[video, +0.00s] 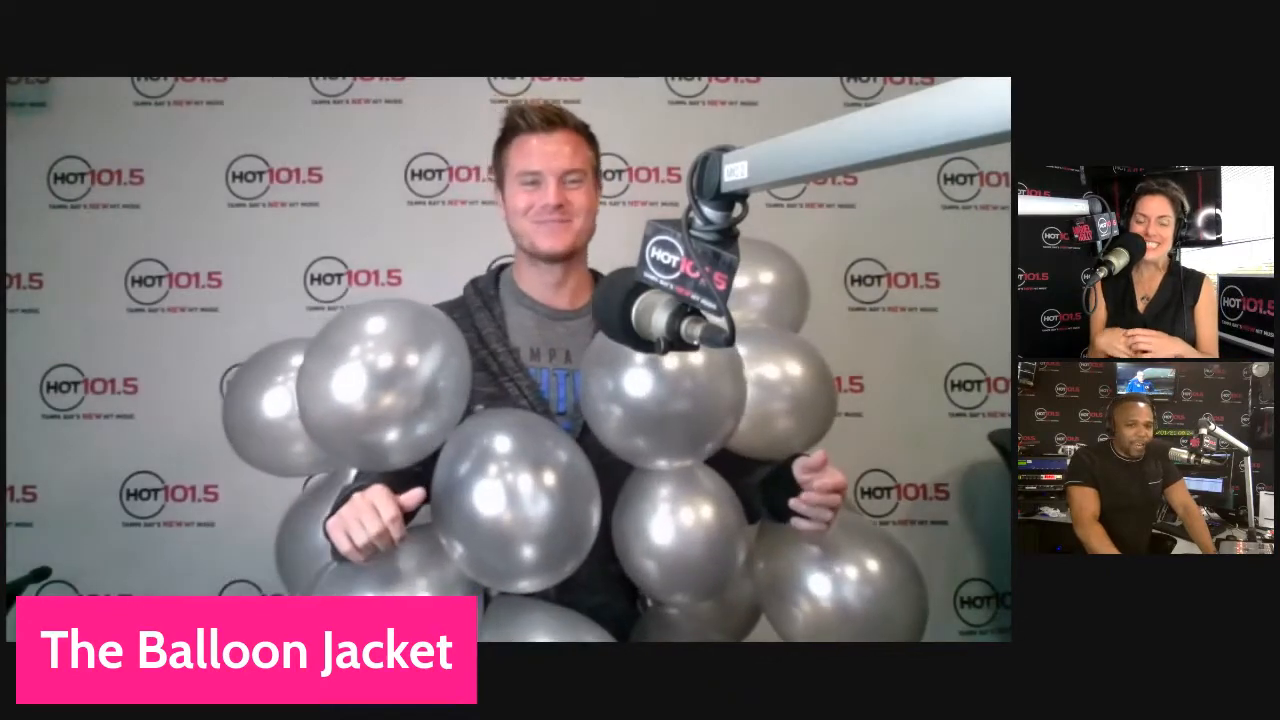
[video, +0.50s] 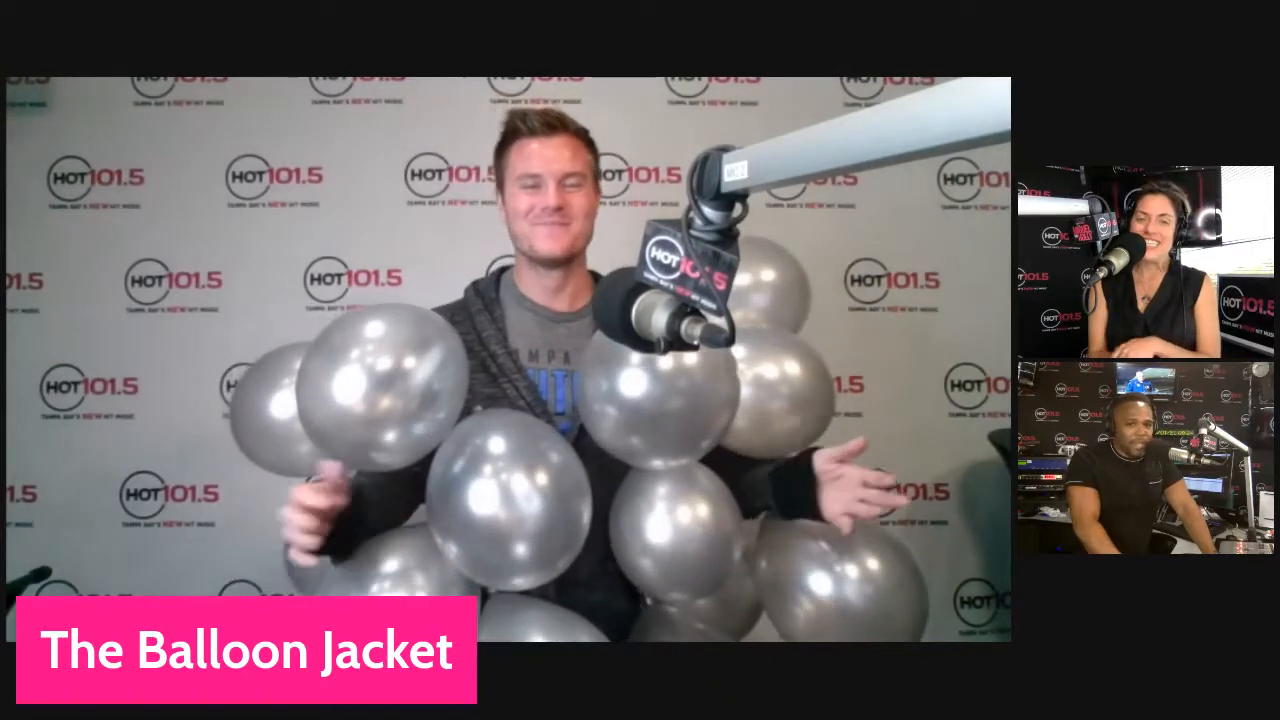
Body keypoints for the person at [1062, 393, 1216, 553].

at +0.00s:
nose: (1142, 433)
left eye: (1148, 425)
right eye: (1131, 425)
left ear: (1154, 428)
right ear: (1112, 427)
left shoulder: (1157, 458)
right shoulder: (1087, 460)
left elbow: (1186, 508)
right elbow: (1086, 524)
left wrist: (1211, 552)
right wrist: (1118, 560)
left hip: (1144, 556)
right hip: (1100, 556)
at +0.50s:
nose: (1141, 432)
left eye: (1147, 424)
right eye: (1131, 424)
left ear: (1153, 428)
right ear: (1112, 427)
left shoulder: (1158, 458)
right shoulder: (1087, 460)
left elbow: (1187, 508)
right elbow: (1086, 524)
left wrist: (1211, 552)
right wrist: (1118, 561)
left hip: (1143, 557)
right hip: (1098, 557)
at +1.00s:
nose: (1141, 435)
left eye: (1148, 428)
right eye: (1131, 427)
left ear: (1156, 431)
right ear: (1115, 428)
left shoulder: (1159, 459)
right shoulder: (1091, 459)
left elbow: (1188, 508)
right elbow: (1086, 523)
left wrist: (1211, 551)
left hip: (1142, 555)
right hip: (1097, 555)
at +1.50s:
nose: (1137, 428)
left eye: (1144, 421)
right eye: (1127, 421)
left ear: (1153, 427)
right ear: (1113, 426)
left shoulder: (1159, 459)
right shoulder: (1091, 460)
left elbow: (1188, 509)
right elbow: (1087, 524)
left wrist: (1212, 553)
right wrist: (1121, 565)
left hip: (1143, 557)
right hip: (1099, 557)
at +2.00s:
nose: (1134, 429)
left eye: (1142, 422)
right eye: (1125, 422)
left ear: (1151, 428)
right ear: (1111, 427)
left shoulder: (1158, 458)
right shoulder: (1088, 461)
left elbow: (1188, 509)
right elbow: (1086, 525)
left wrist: (1211, 553)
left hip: (1143, 556)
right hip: (1100, 557)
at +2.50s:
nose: (1137, 431)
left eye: (1144, 424)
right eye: (1127, 423)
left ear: (1153, 429)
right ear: (1111, 427)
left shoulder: (1158, 458)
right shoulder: (1088, 461)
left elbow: (1188, 509)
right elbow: (1086, 525)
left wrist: (1211, 553)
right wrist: (1120, 566)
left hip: (1143, 557)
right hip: (1098, 559)